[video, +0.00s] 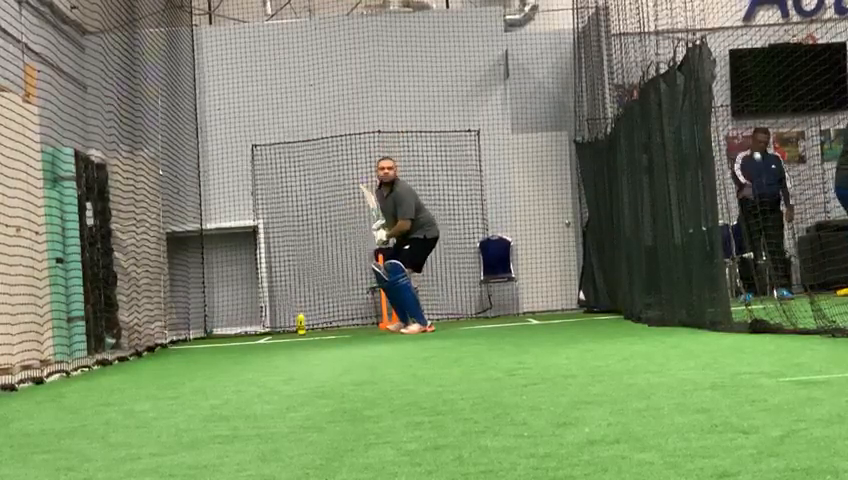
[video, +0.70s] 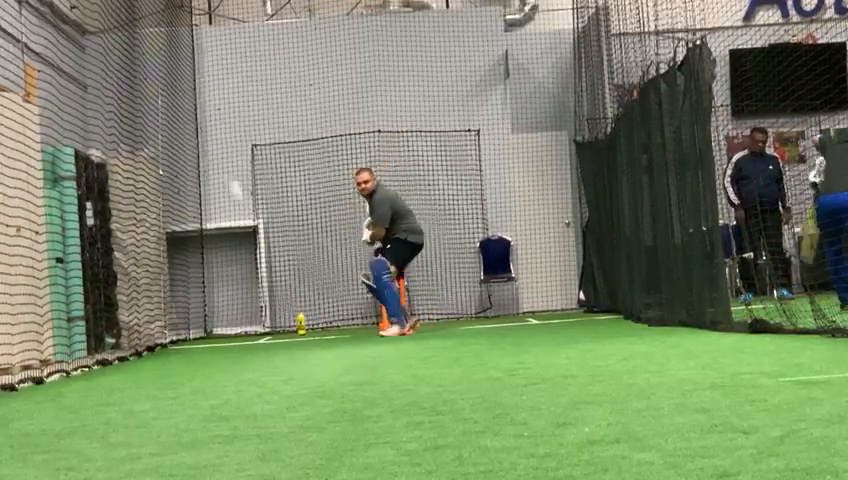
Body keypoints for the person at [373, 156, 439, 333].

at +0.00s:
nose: (386, 172)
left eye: (389, 169)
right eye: (382, 169)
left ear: (395, 171)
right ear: (377, 172)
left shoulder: (402, 191)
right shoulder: (380, 191)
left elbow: (405, 224)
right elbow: (390, 217)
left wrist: (387, 234)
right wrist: (383, 225)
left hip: (424, 233)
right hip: (407, 234)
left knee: (401, 270)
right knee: (388, 268)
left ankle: (420, 322)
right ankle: (403, 319)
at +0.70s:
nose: (362, 186)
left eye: (366, 182)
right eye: (359, 184)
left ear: (375, 180)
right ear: (356, 185)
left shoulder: (380, 198)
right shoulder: (375, 196)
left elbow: (379, 232)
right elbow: (374, 217)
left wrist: (371, 237)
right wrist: (371, 225)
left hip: (408, 239)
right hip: (400, 238)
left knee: (381, 270)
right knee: (374, 280)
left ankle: (399, 323)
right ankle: (405, 319)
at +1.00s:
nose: (347, 200)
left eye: (350, 195)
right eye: (344, 197)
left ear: (360, 190)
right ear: (342, 197)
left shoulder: (367, 205)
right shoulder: (369, 199)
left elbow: (365, 241)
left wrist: (357, 243)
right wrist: (364, 227)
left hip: (399, 243)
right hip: (391, 243)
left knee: (373, 272)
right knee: (360, 279)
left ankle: (398, 324)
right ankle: (382, 324)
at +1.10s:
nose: (344, 197)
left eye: (346, 192)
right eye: (341, 194)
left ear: (356, 187)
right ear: (340, 193)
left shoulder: (367, 199)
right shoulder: (359, 204)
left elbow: (360, 232)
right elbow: (358, 229)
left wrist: (341, 238)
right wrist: (342, 235)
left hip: (399, 240)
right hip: (381, 245)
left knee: (383, 272)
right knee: (359, 282)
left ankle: (397, 323)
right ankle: (380, 324)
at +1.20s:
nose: (341, 194)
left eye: (342, 190)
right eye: (340, 190)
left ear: (350, 186)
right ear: (355, 186)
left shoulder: (363, 195)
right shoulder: (355, 205)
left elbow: (336, 216)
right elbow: (336, 229)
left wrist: (312, 231)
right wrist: (310, 241)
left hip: (402, 238)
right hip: (383, 245)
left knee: (396, 273)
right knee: (359, 282)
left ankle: (397, 320)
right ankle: (380, 322)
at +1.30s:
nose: (338, 197)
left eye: (339, 193)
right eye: (338, 194)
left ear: (347, 187)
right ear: (348, 187)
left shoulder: (364, 193)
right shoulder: (354, 207)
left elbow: (333, 211)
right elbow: (330, 225)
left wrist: (307, 216)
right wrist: (300, 230)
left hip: (403, 237)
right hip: (383, 245)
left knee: (400, 271)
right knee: (361, 280)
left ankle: (408, 320)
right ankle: (381, 323)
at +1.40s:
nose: (339, 194)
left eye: (341, 189)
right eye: (338, 191)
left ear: (350, 186)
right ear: (339, 193)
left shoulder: (364, 191)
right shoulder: (350, 210)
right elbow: (339, 228)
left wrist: (321, 196)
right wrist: (318, 214)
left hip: (401, 236)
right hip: (381, 244)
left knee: (400, 269)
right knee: (360, 280)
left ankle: (416, 318)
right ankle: (381, 323)